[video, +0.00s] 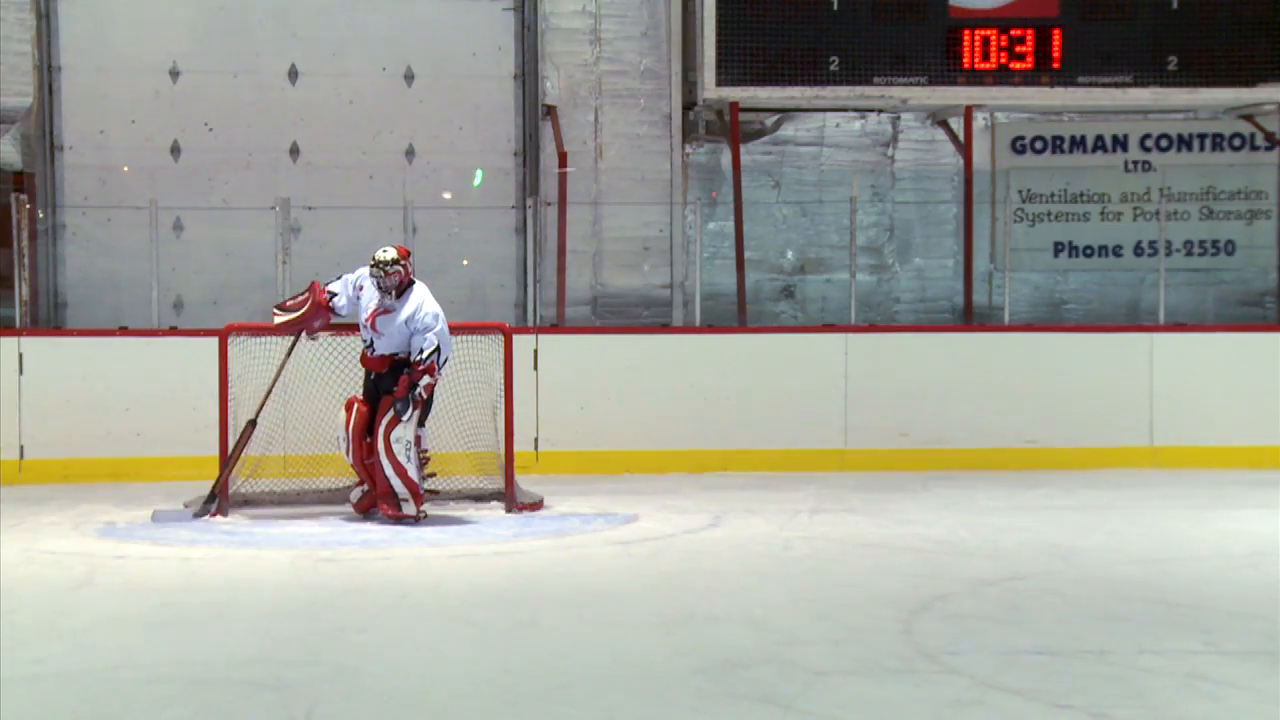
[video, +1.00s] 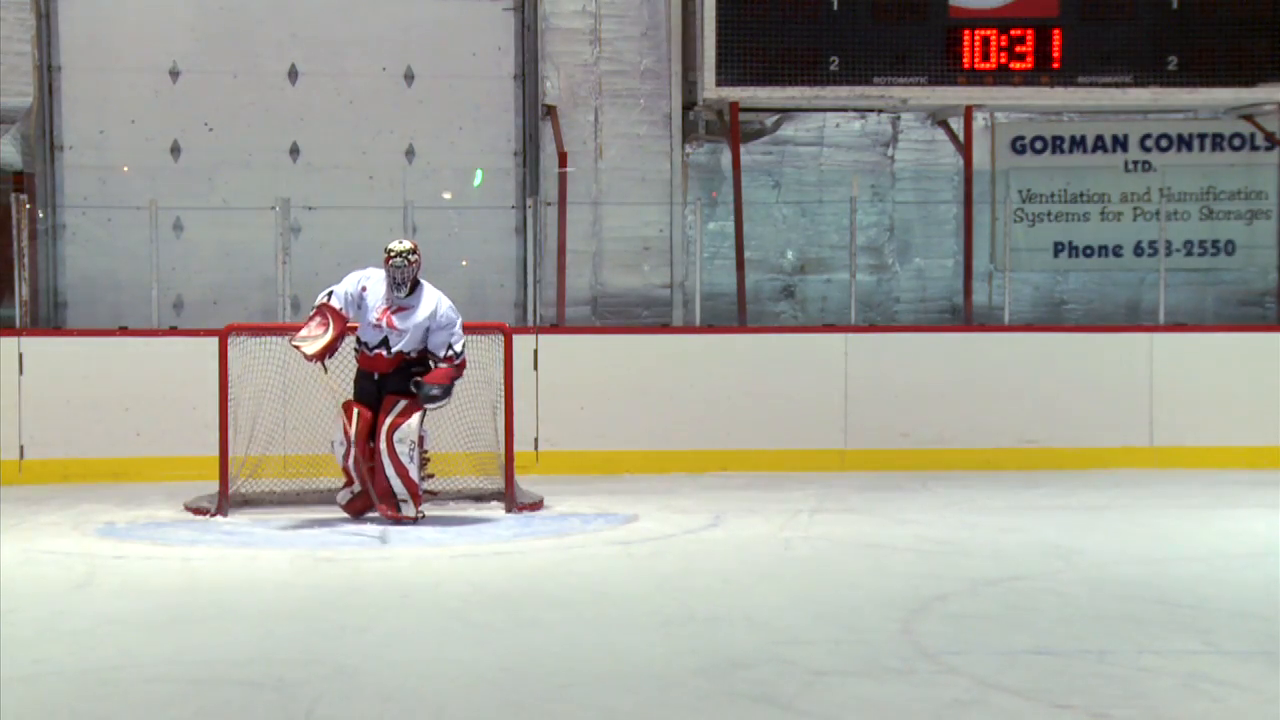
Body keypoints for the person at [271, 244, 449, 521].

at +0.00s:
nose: (383, 282)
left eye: (390, 275)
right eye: (379, 275)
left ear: (405, 274)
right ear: (373, 273)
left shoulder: (423, 307)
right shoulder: (367, 282)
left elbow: (429, 359)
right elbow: (337, 293)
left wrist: (411, 393)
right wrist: (312, 307)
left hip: (406, 377)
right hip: (375, 373)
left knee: (392, 437)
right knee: (365, 433)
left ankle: (404, 502)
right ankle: (375, 490)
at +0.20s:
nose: (386, 281)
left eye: (392, 274)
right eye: (381, 275)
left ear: (406, 273)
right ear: (375, 272)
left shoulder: (423, 308)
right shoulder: (366, 278)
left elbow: (432, 359)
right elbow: (338, 288)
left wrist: (412, 391)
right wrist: (315, 312)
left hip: (402, 377)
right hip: (373, 374)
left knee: (391, 439)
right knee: (365, 436)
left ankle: (402, 503)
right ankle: (376, 494)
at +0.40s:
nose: (391, 279)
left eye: (396, 273)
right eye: (385, 273)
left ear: (409, 271)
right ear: (379, 271)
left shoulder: (426, 308)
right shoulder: (366, 279)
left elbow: (432, 358)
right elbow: (336, 291)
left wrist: (410, 393)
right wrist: (325, 322)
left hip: (402, 378)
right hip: (371, 374)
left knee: (391, 440)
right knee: (362, 435)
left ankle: (399, 503)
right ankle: (373, 492)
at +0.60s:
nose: (395, 277)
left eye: (401, 271)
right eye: (390, 271)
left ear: (413, 270)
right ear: (383, 270)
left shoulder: (430, 306)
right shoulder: (365, 284)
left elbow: (436, 358)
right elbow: (333, 302)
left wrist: (414, 392)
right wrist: (316, 329)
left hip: (405, 380)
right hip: (371, 375)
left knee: (392, 439)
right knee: (360, 434)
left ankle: (405, 505)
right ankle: (371, 492)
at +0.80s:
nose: (398, 275)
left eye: (404, 269)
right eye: (393, 269)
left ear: (415, 269)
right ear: (385, 268)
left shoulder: (433, 305)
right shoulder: (364, 285)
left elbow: (439, 356)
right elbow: (331, 307)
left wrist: (418, 387)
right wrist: (324, 339)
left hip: (405, 378)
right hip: (370, 374)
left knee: (392, 436)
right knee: (359, 431)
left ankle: (398, 503)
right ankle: (366, 491)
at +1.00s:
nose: (400, 273)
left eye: (406, 267)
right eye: (395, 266)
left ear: (416, 267)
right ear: (386, 266)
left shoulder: (436, 306)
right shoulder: (366, 283)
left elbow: (451, 356)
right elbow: (333, 301)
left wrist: (438, 382)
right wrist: (321, 333)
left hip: (405, 380)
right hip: (367, 375)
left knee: (393, 440)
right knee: (358, 438)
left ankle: (401, 506)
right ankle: (361, 497)